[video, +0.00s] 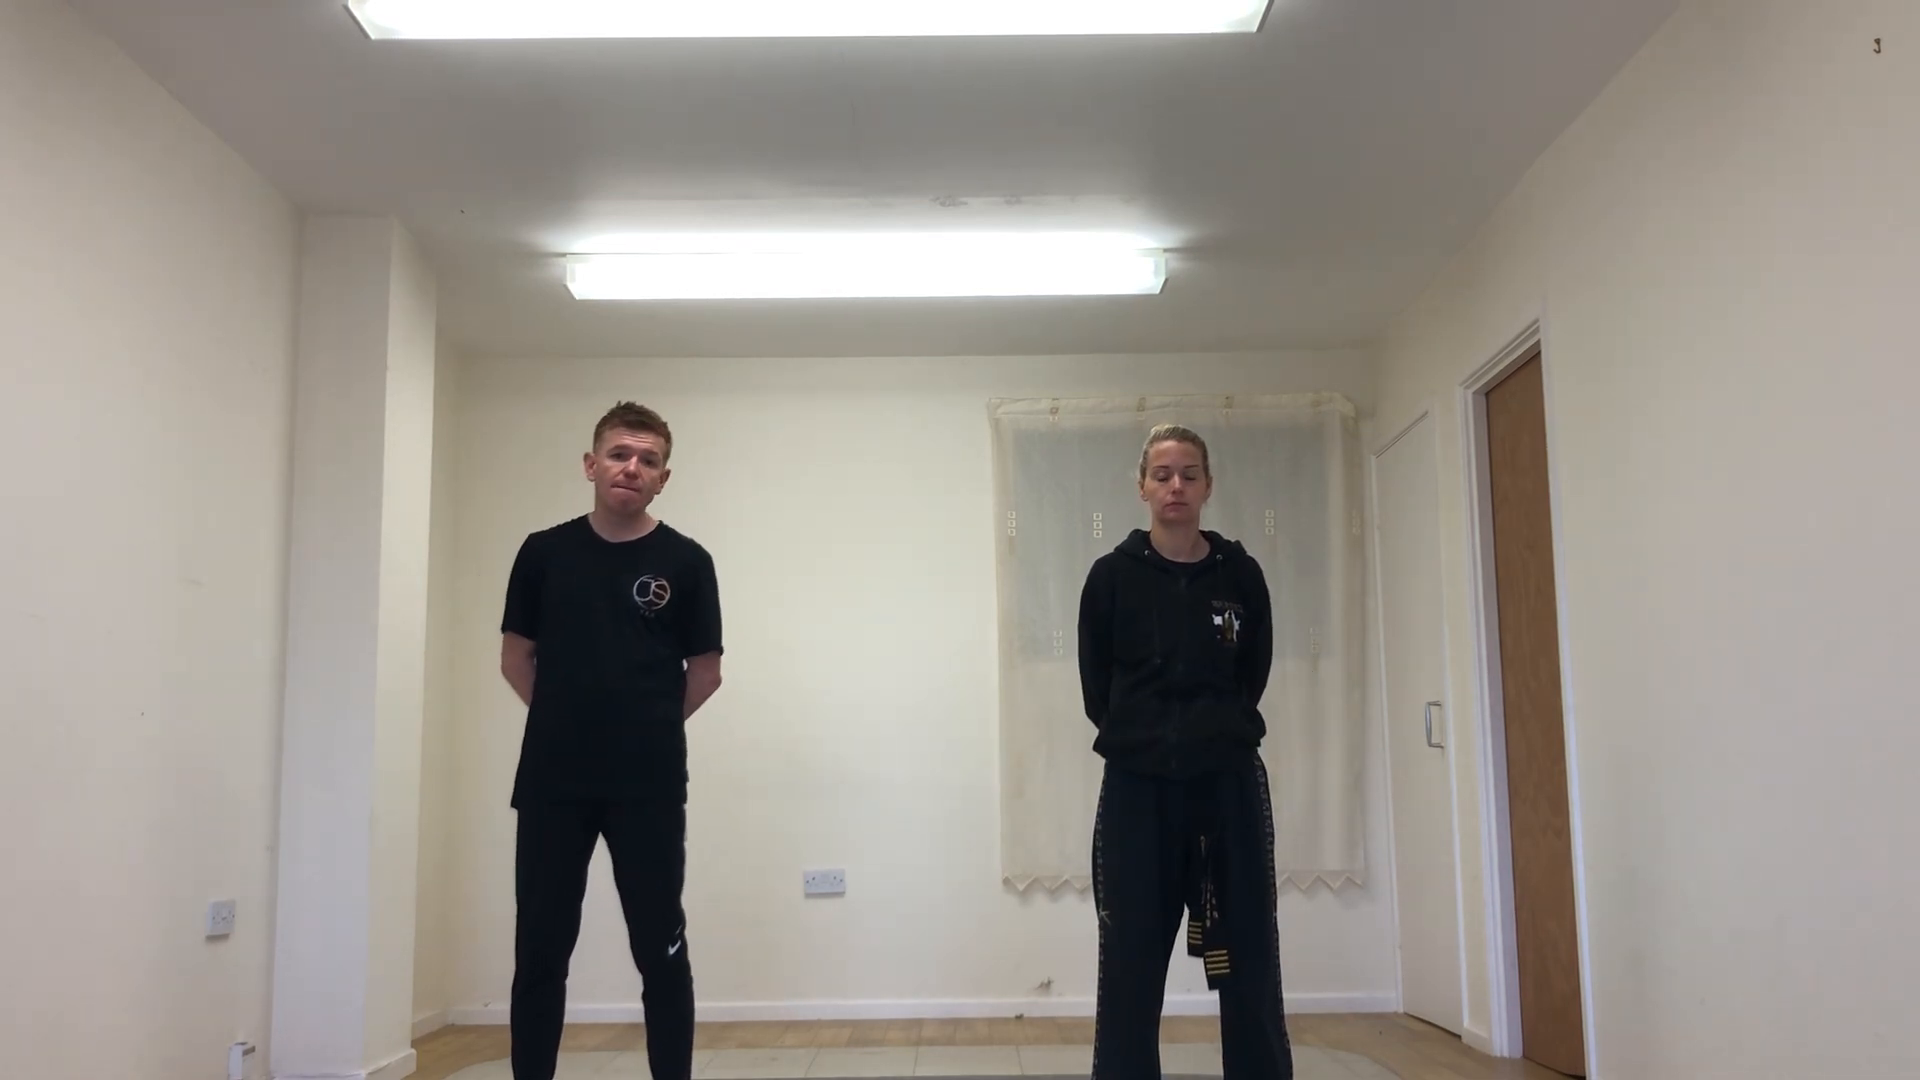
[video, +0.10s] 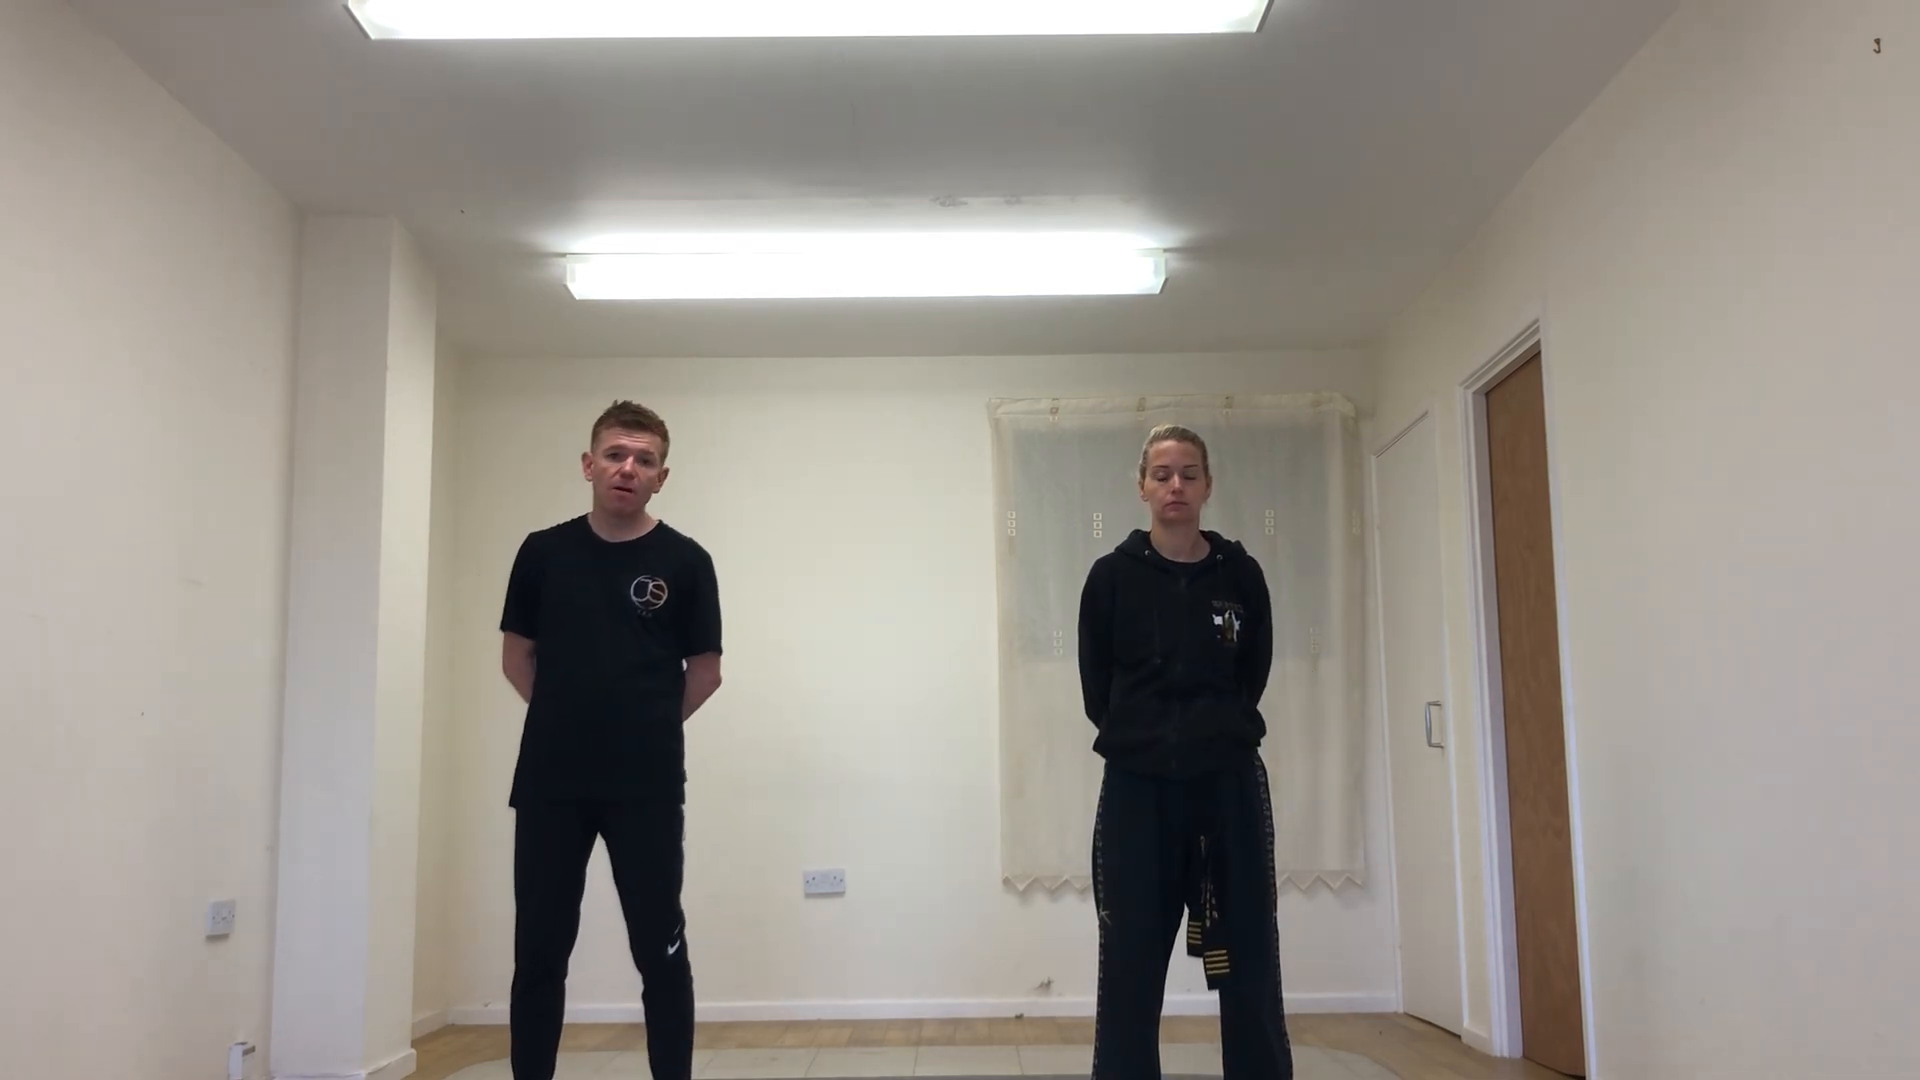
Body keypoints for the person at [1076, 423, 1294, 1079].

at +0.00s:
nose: (1175, 485)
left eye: (1188, 474)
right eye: (1161, 474)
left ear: (1207, 486)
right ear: (1143, 487)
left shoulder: (1240, 570)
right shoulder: (1111, 574)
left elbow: (1256, 668)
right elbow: (1094, 678)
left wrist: (1218, 730)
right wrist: (1136, 739)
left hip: (1230, 779)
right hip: (1138, 780)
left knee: (1249, 960)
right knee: (1130, 964)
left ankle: (1260, 1077)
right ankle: (1124, 1078)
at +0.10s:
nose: (1174, 485)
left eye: (1187, 474)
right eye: (1161, 474)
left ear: (1207, 486)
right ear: (1143, 487)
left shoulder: (1240, 570)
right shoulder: (1111, 574)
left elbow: (1256, 667)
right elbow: (1094, 678)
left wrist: (1218, 730)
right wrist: (1136, 739)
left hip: (1230, 779)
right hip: (1138, 780)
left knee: (1249, 960)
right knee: (1130, 963)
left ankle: (1261, 1077)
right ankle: (1124, 1078)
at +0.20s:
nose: (1175, 485)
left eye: (1188, 473)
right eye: (1161, 474)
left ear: (1207, 485)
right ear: (1143, 487)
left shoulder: (1240, 570)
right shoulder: (1111, 574)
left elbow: (1256, 668)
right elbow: (1094, 678)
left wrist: (1218, 730)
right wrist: (1136, 738)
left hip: (1230, 780)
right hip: (1138, 782)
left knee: (1249, 962)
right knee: (1130, 965)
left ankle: (1260, 1077)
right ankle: (1124, 1078)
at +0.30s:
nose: (1175, 484)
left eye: (1188, 472)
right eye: (1161, 474)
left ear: (1207, 484)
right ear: (1142, 487)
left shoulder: (1240, 570)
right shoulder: (1111, 574)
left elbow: (1256, 669)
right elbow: (1095, 680)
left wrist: (1217, 731)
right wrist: (1137, 740)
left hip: (1230, 780)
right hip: (1138, 781)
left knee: (1249, 962)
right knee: (1130, 966)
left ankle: (1260, 1076)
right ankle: (1124, 1077)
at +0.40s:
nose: (1175, 484)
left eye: (1188, 472)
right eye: (1161, 474)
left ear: (1207, 484)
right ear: (1142, 487)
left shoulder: (1240, 570)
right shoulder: (1111, 574)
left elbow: (1256, 669)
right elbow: (1095, 680)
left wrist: (1217, 731)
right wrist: (1137, 740)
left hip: (1230, 780)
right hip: (1138, 782)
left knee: (1249, 962)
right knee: (1130, 966)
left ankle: (1260, 1076)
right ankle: (1124, 1077)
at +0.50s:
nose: (1174, 485)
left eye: (1187, 472)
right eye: (1160, 474)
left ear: (1207, 484)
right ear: (1142, 487)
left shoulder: (1240, 570)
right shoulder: (1111, 574)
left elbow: (1256, 668)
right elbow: (1095, 680)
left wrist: (1218, 730)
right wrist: (1137, 740)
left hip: (1230, 779)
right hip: (1138, 781)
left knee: (1248, 961)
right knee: (1130, 964)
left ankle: (1261, 1077)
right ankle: (1124, 1078)